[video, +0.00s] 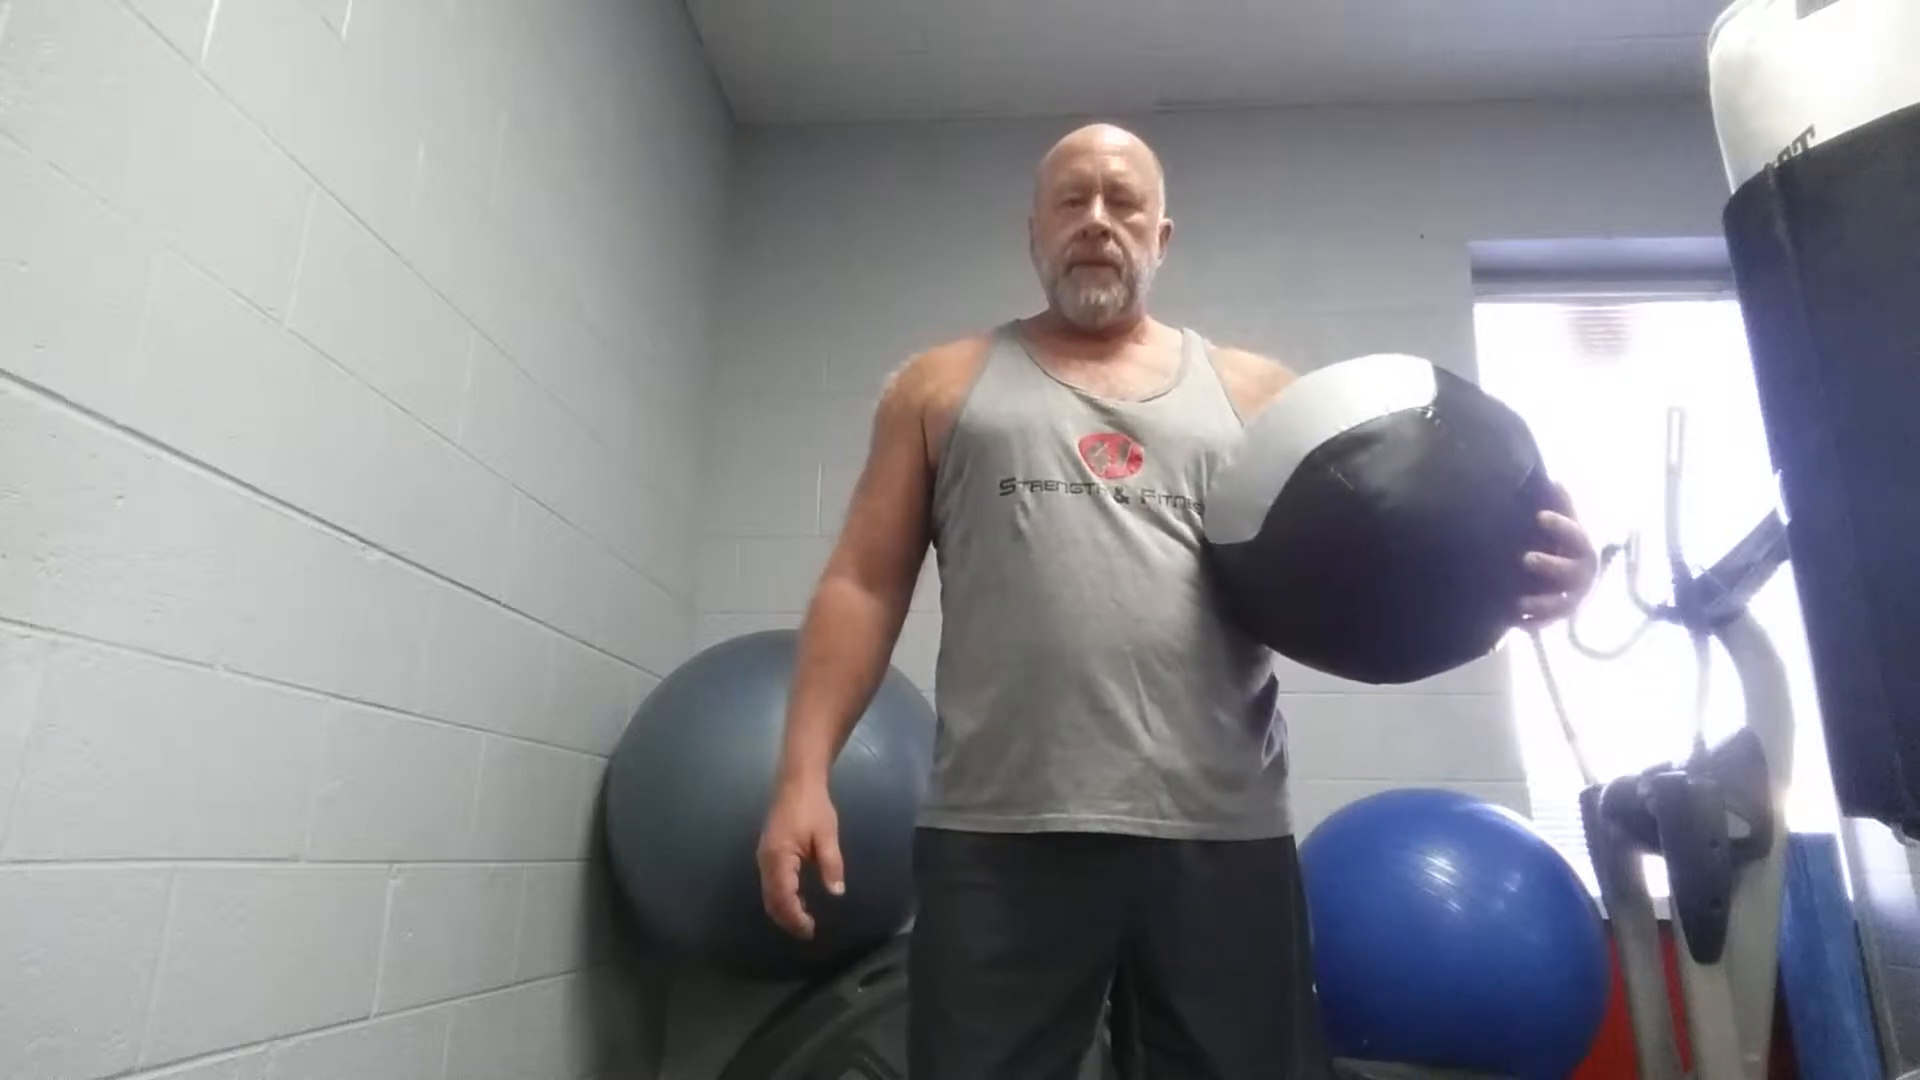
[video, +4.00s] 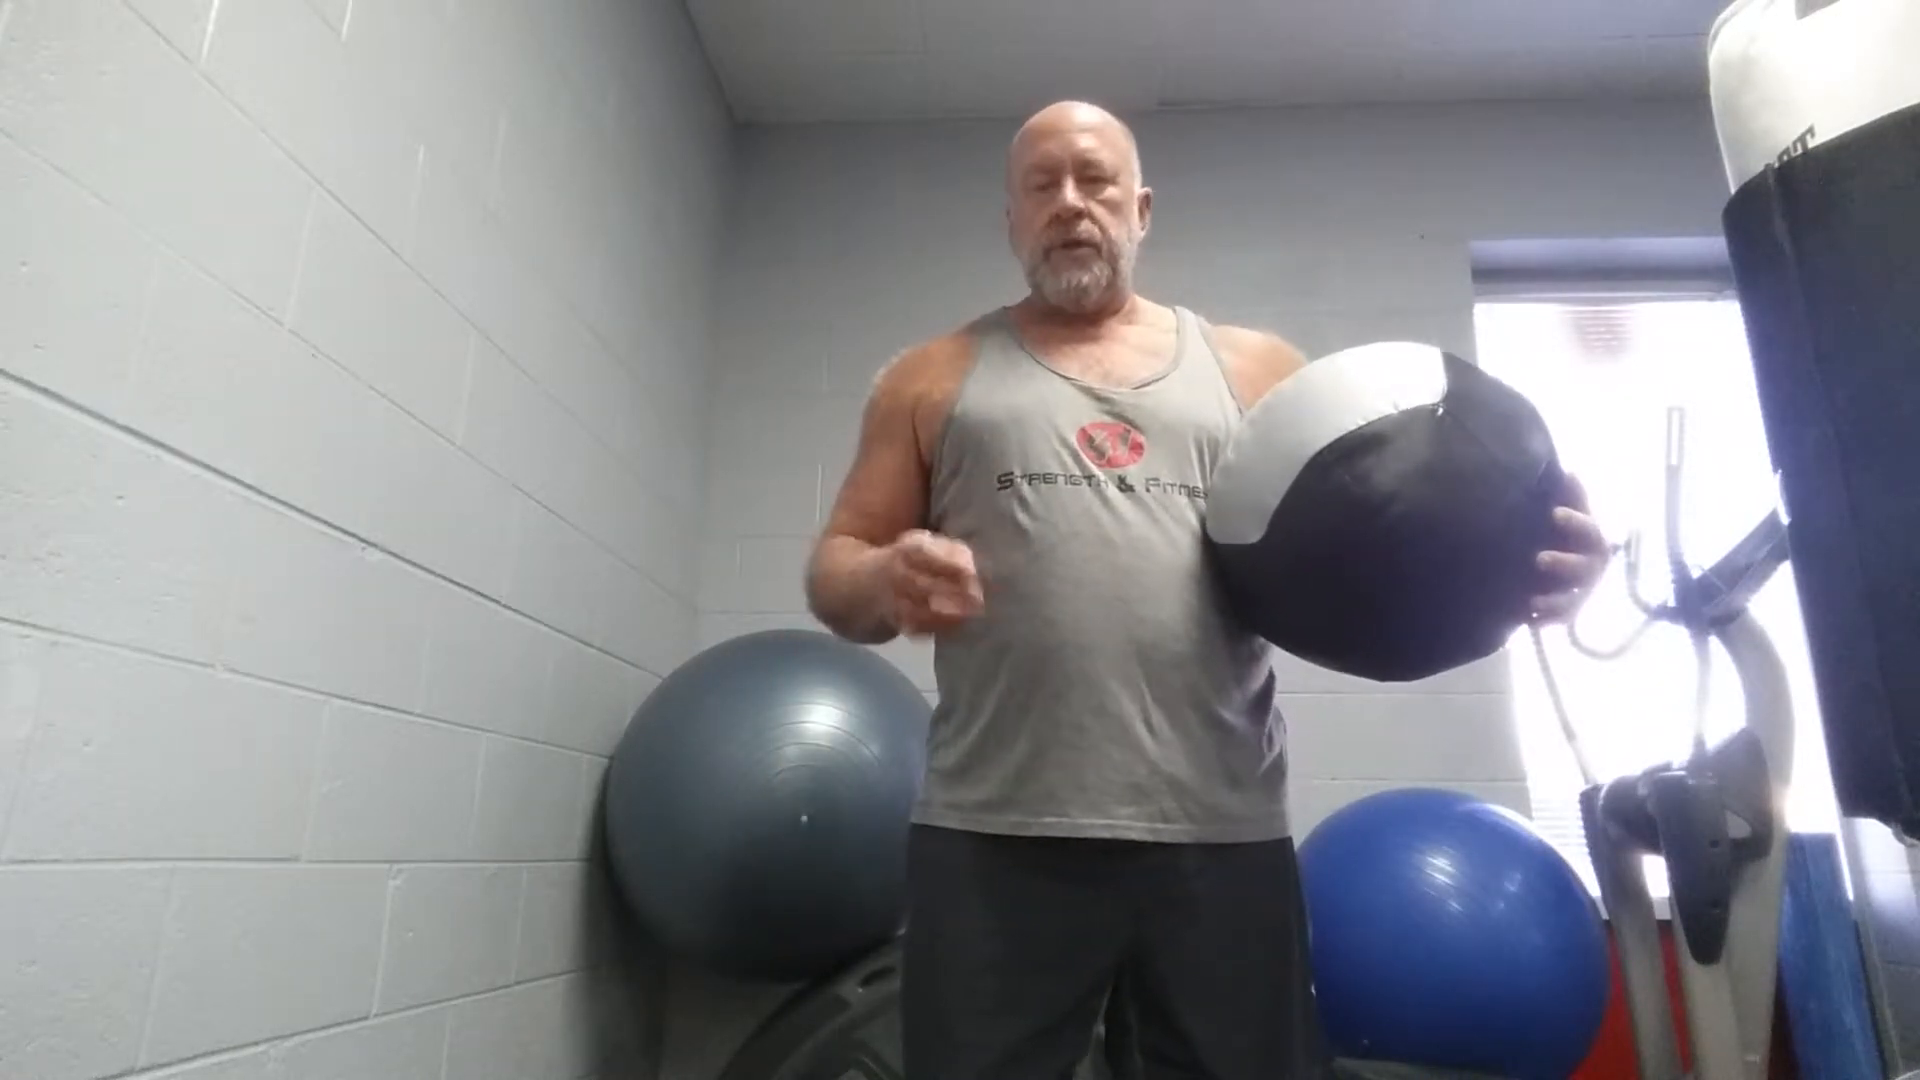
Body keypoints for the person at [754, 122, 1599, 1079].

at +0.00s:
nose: (1096, 220)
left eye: (1123, 202)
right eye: (1071, 200)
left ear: (1163, 236)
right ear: (1033, 230)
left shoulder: (1253, 387)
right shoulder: (942, 385)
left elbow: (1398, 531)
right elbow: (863, 582)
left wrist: (1540, 568)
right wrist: (803, 775)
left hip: (1222, 840)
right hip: (997, 839)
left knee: (1245, 1069)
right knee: (980, 1069)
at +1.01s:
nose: (1083, 204)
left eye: (1110, 186)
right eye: (1057, 187)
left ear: (1158, 224)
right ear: (1026, 226)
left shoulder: (1253, 385)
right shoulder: (940, 380)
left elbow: (1397, 533)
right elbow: (861, 576)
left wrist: (1539, 568)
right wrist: (799, 767)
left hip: (1222, 845)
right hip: (995, 841)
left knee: (1246, 1069)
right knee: (976, 1068)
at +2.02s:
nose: (1080, 212)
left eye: (1107, 190)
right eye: (1054, 190)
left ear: (1152, 215)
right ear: (1018, 215)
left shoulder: (1257, 375)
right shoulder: (936, 384)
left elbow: (1402, 533)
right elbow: (865, 583)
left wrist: (1543, 566)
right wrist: (808, 780)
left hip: (1223, 849)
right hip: (993, 848)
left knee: (1252, 1067)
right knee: (976, 1066)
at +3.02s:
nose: (1096, 203)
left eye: (1126, 186)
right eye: (1072, 180)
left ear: (1163, 224)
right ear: (1033, 210)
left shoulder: (1253, 374)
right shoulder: (936, 373)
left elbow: (1391, 533)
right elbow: (843, 587)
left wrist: (1538, 566)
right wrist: (880, 536)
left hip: (1217, 838)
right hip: (992, 838)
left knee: (1246, 1076)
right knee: (971, 1075)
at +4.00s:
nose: (1067, 203)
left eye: (1094, 180)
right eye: (1041, 184)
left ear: (1143, 209)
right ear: (1008, 217)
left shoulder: (1252, 366)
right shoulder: (930, 380)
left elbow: (1393, 527)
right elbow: (833, 577)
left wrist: (1545, 559)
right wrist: (883, 584)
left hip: (1220, 845)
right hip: (993, 844)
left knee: (1246, 1077)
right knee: (973, 1076)